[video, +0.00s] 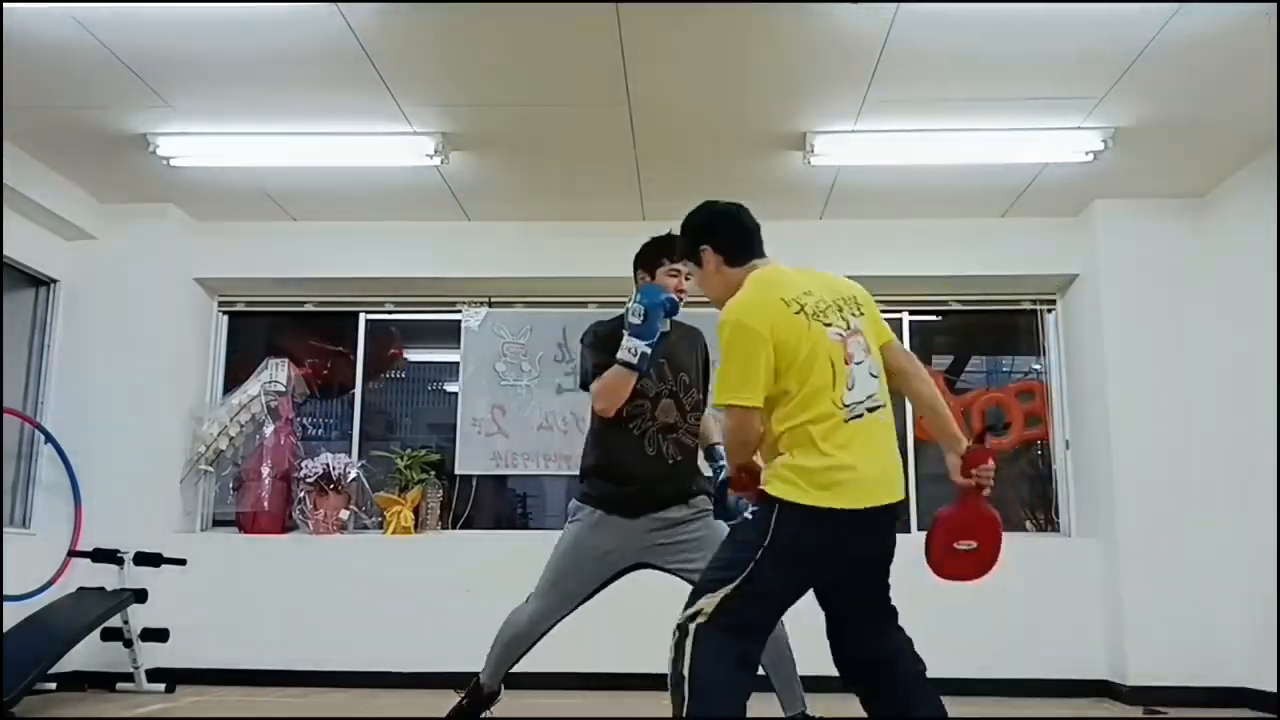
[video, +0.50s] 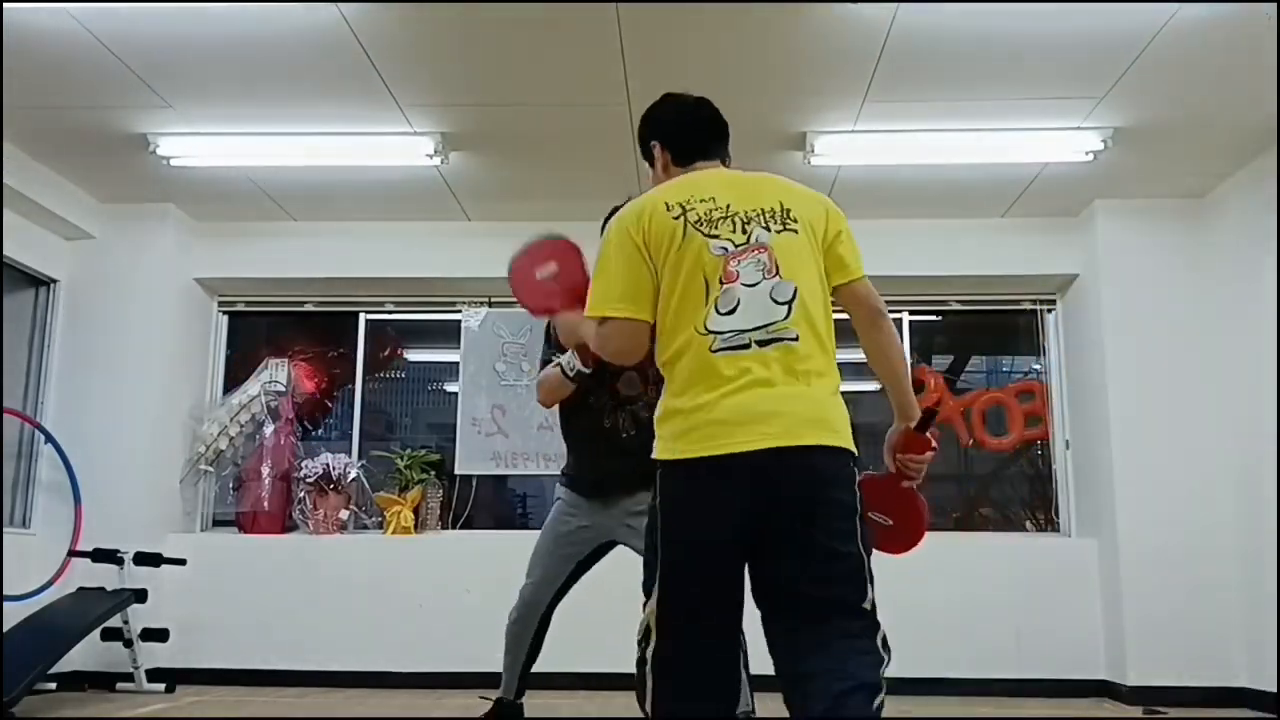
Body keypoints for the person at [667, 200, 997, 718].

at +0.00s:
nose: (697, 283)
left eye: (695, 268)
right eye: (694, 271)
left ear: (713, 255)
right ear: (756, 248)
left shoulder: (746, 310)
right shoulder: (845, 290)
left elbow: (743, 425)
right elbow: (909, 371)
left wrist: (741, 469)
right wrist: (957, 448)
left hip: (805, 501)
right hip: (878, 499)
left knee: (710, 627)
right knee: (867, 631)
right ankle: (922, 713)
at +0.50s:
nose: (650, 176)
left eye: (646, 163)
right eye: (647, 165)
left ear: (659, 157)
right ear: (727, 153)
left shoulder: (641, 218)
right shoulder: (810, 204)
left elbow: (624, 345)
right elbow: (869, 310)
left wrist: (582, 327)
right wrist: (907, 416)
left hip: (704, 464)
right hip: (816, 458)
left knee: (694, 649)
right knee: (833, 637)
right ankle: (847, 710)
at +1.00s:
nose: (751, 129)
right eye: (752, 121)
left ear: (662, 123)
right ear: (745, 120)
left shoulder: (603, 179)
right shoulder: (773, 157)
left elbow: (537, 299)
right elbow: (816, 231)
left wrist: (563, 217)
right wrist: (877, 349)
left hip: (614, 444)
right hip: (740, 442)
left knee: (577, 627)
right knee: (771, 647)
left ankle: (531, 708)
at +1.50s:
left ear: (445, 202)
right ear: (525, 188)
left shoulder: (407, 235)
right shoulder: (570, 207)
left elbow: (365, 322)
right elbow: (634, 256)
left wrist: (409, 403)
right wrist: (681, 377)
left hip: (407, 433)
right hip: (515, 423)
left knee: (474, 643)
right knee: (438, 645)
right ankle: (319, 711)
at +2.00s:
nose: (452, 82)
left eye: (457, 61)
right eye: (454, 55)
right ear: (425, 29)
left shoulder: (285, 110)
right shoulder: (377, 74)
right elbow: (336, 198)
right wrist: (387, 358)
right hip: (292, 399)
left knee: (374, 609)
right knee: (268, 656)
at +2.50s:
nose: (495, 158)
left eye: (499, 141)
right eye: (497, 136)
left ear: (424, 116)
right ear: (465, 118)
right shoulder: (401, 160)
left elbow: (385, 313)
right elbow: (319, 265)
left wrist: (448, 234)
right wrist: (288, 400)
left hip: (301, 434)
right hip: (305, 433)